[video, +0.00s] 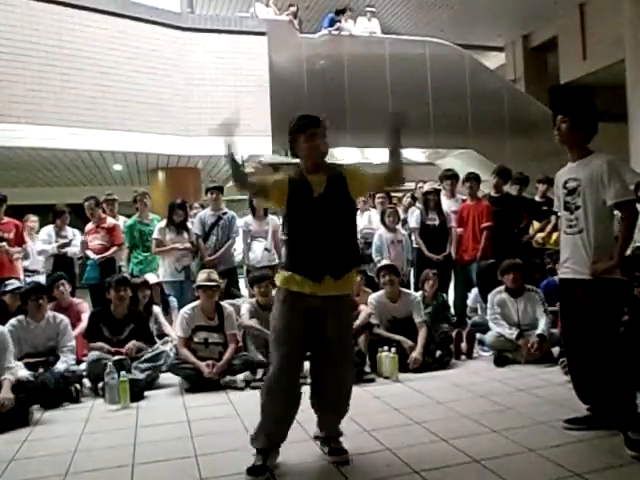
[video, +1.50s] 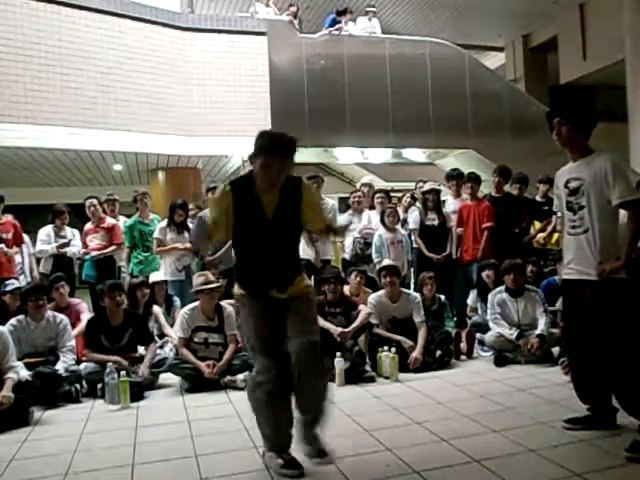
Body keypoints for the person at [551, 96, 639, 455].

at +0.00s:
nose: (557, 130)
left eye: (563, 124)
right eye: (557, 125)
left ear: (582, 129)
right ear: (562, 132)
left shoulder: (604, 165)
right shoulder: (562, 175)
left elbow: (628, 213)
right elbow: (563, 221)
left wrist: (616, 259)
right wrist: (561, 257)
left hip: (601, 276)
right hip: (571, 276)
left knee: (606, 345)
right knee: (577, 345)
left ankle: (620, 411)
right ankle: (597, 408)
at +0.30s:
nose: (561, 136)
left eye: (565, 130)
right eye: (558, 132)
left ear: (583, 129)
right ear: (558, 136)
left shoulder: (607, 166)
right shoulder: (564, 174)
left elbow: (631, 213)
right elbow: (565, 219)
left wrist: (617, 259)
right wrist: (560, 256)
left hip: (602, 275)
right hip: (570, 275)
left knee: (605, 346)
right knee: (577, 346)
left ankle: (620, 413)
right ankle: (597, 409)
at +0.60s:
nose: (561, 137)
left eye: (565, 130)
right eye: (558, 132)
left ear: (583, 130)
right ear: (557, 136)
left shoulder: (607, 166)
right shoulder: (563, 174)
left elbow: (631, 213)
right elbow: (562, 220)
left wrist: (618, 259)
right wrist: (555, 247)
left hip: (602, 275)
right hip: (570, 274)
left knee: (605, 345)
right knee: (577, 346)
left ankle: (618, 412)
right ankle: (597, 409)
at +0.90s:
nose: (560, 136)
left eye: (564, 129)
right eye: (557, 131)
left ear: (582, 129)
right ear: (557, 136)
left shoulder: (608, 166)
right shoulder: (562, 174)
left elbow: (631, 213)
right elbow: (561, 221)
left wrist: (619, 259)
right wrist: (559, 257)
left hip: (602, 275)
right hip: (570, 274)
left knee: (606, 345)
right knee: (577, 346)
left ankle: (621, 413)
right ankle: (597, 409)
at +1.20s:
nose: (558, 134)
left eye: (562, 127)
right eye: (556, 129)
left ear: (581, 128)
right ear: (558, 134)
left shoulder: (606, 166)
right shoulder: (561, 174)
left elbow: (630, 213)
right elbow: (561, 221)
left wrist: (620, 259)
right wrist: (560, 257)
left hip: (603, 275)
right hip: (571, 274)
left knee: (607, 345)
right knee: (577, 346)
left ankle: (621, 413)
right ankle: (597, 409)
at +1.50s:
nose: (555, 133)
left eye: (560, 127)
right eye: (554, 128)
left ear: (578, 128)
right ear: (560, 133)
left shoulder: (607, 164)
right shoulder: (562, 174)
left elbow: (634, 210)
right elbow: (562, 221)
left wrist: (624, 258)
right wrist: (562, 255)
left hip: (607, 277)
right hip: (574, 277)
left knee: (615, 351)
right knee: (580, 348)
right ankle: (599, 410)